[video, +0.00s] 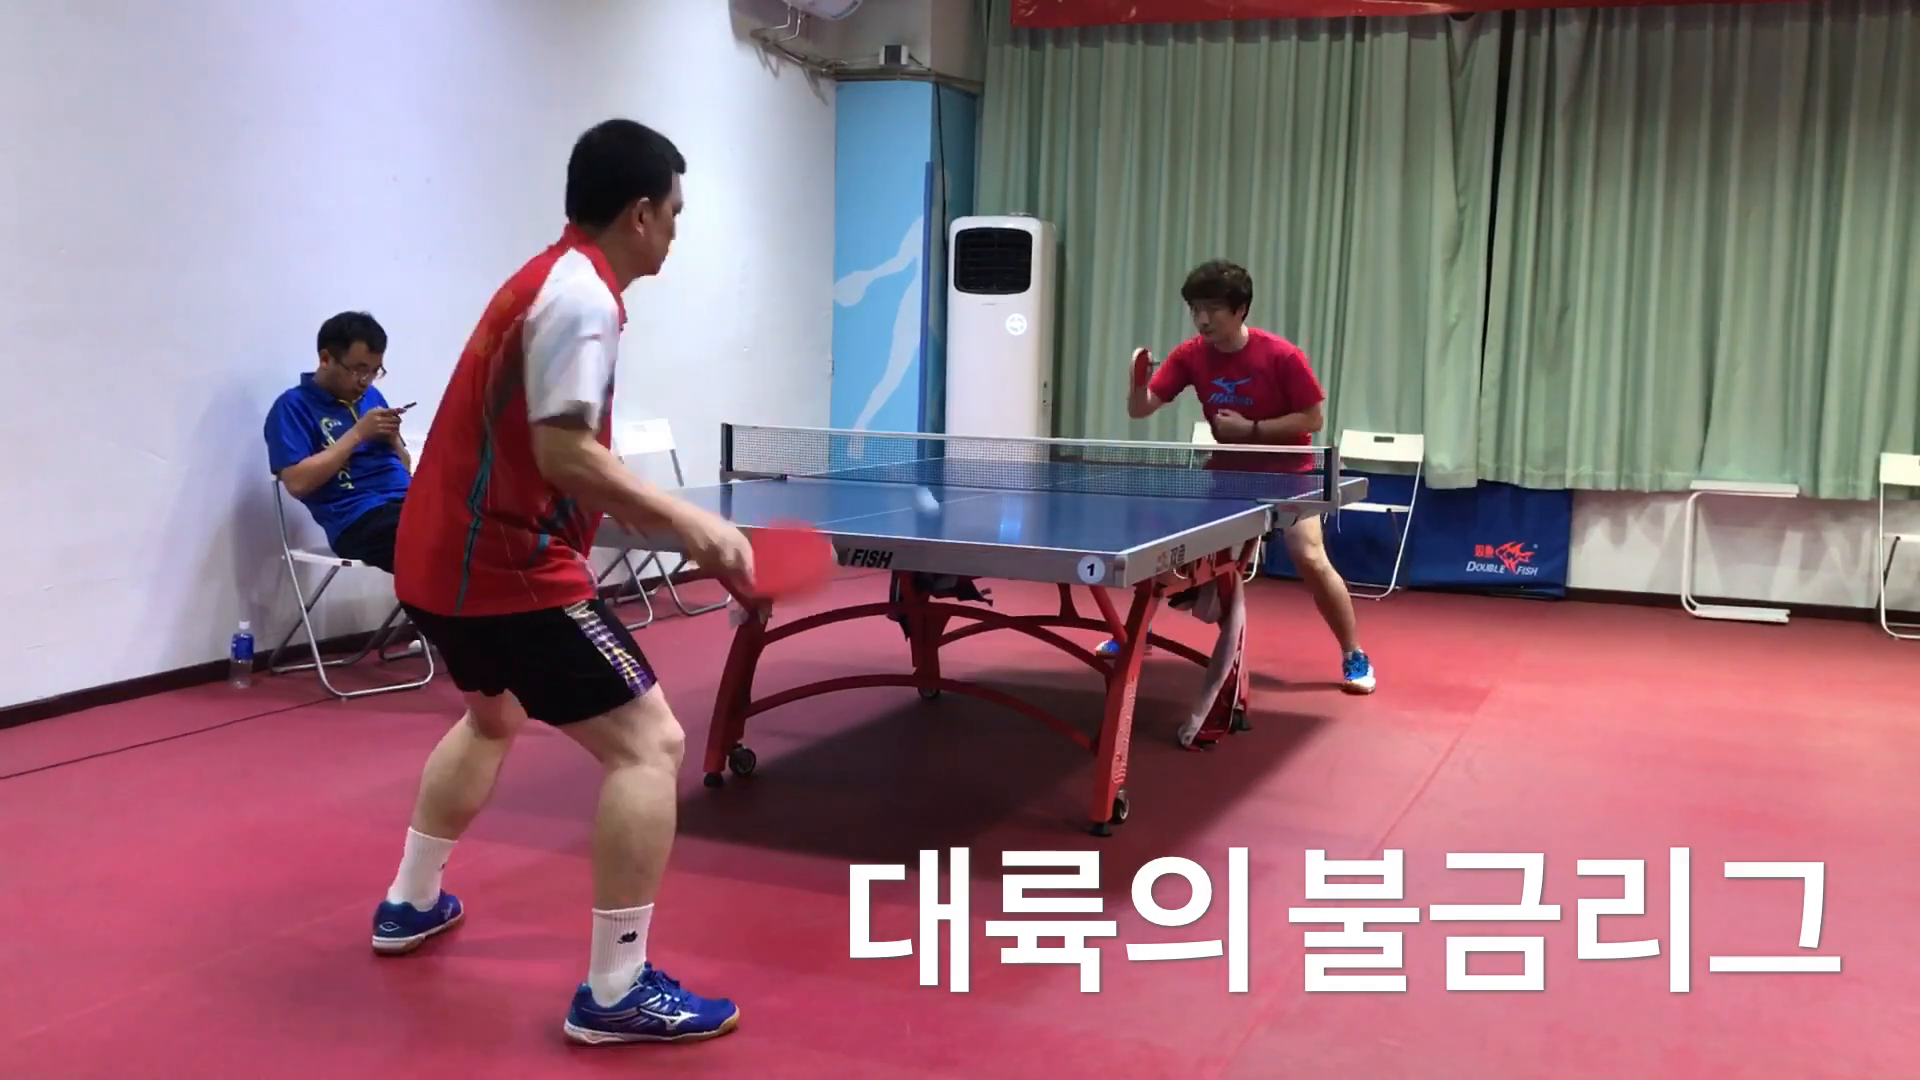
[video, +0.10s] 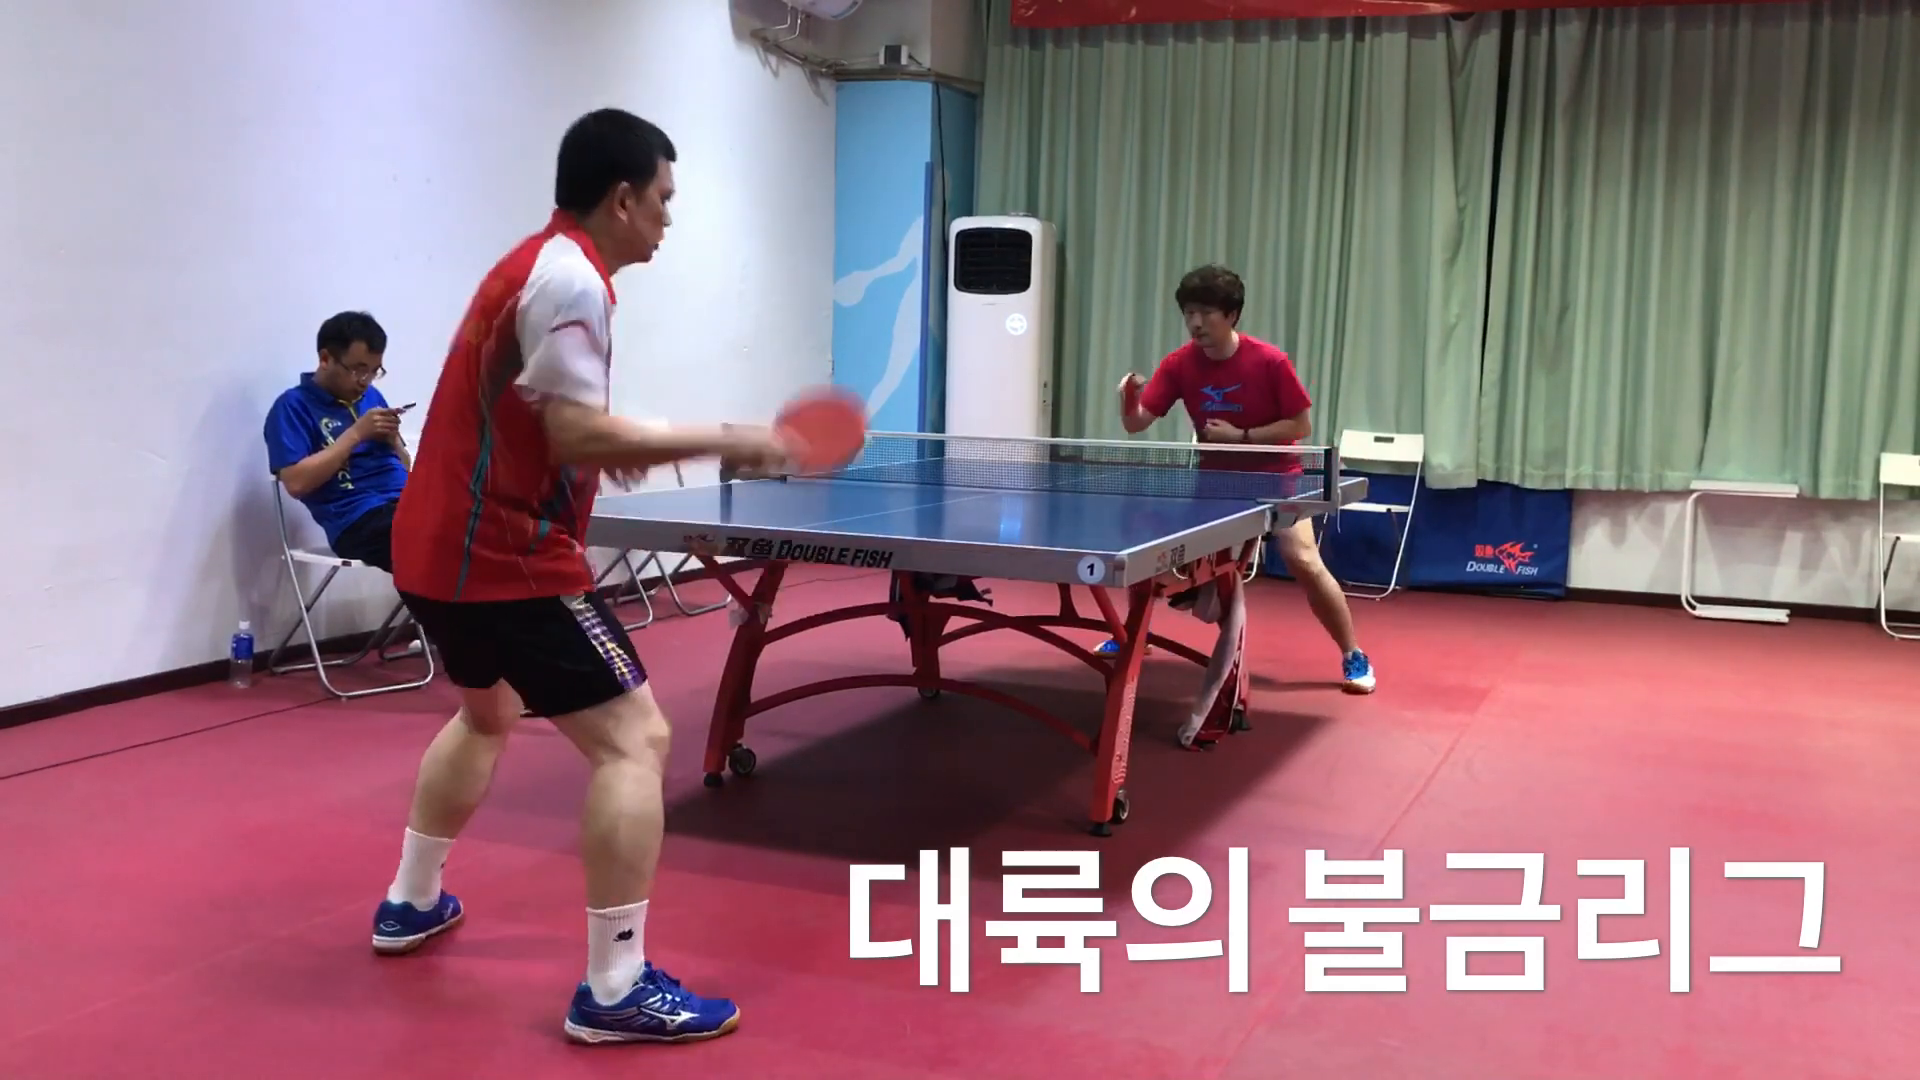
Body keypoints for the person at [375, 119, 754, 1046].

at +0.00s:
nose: (677, 226)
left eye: (676, 207)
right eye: (672, 207)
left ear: (596, 205)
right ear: (638, 209)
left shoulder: (546, 280)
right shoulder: (580, 297)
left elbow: (563, 457)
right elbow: (566, 456)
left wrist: (681, 526)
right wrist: (693, 525)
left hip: (442, 564)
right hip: (511, 576)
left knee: (492, 719)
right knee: (649, 744)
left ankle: (409, 901)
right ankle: (616, 988)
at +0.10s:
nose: (670, 216)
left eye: (670, 199)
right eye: (663, 197)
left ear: (596, 196)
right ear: (618, 198)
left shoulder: (532, 265)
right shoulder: (572, 278)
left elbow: (540, 426)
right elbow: (577, 435)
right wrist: (726, 441)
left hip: (434, 554)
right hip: (504, 564)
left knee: (486, 718)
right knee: (634, 738)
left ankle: (409, 901)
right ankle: (616, 985)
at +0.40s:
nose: (612, 187)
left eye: (610, 171)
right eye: (611, 171)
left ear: (516, 170)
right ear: (590, 173)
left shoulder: (450, 256)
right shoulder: (601, 263)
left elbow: (433, 388)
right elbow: (691, 398)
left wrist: (573, 420)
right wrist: (713, 357)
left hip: (422, 537)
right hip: (530, 541)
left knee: (443, 707)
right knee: (631, 733)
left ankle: (405, 901)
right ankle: (606, 975)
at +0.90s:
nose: (678, 224)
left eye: (676, 207)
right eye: (672, 208)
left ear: (596, 218)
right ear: (636, 218)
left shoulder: (539, 290)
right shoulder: (602, 312)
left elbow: (543, 414)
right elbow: (659, 452)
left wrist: (620, 474)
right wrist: (793, 519)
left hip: (407, 557)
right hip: (471, 568)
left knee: (459, 724)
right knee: (615, 738)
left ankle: (365, 901)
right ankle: (596, 984)